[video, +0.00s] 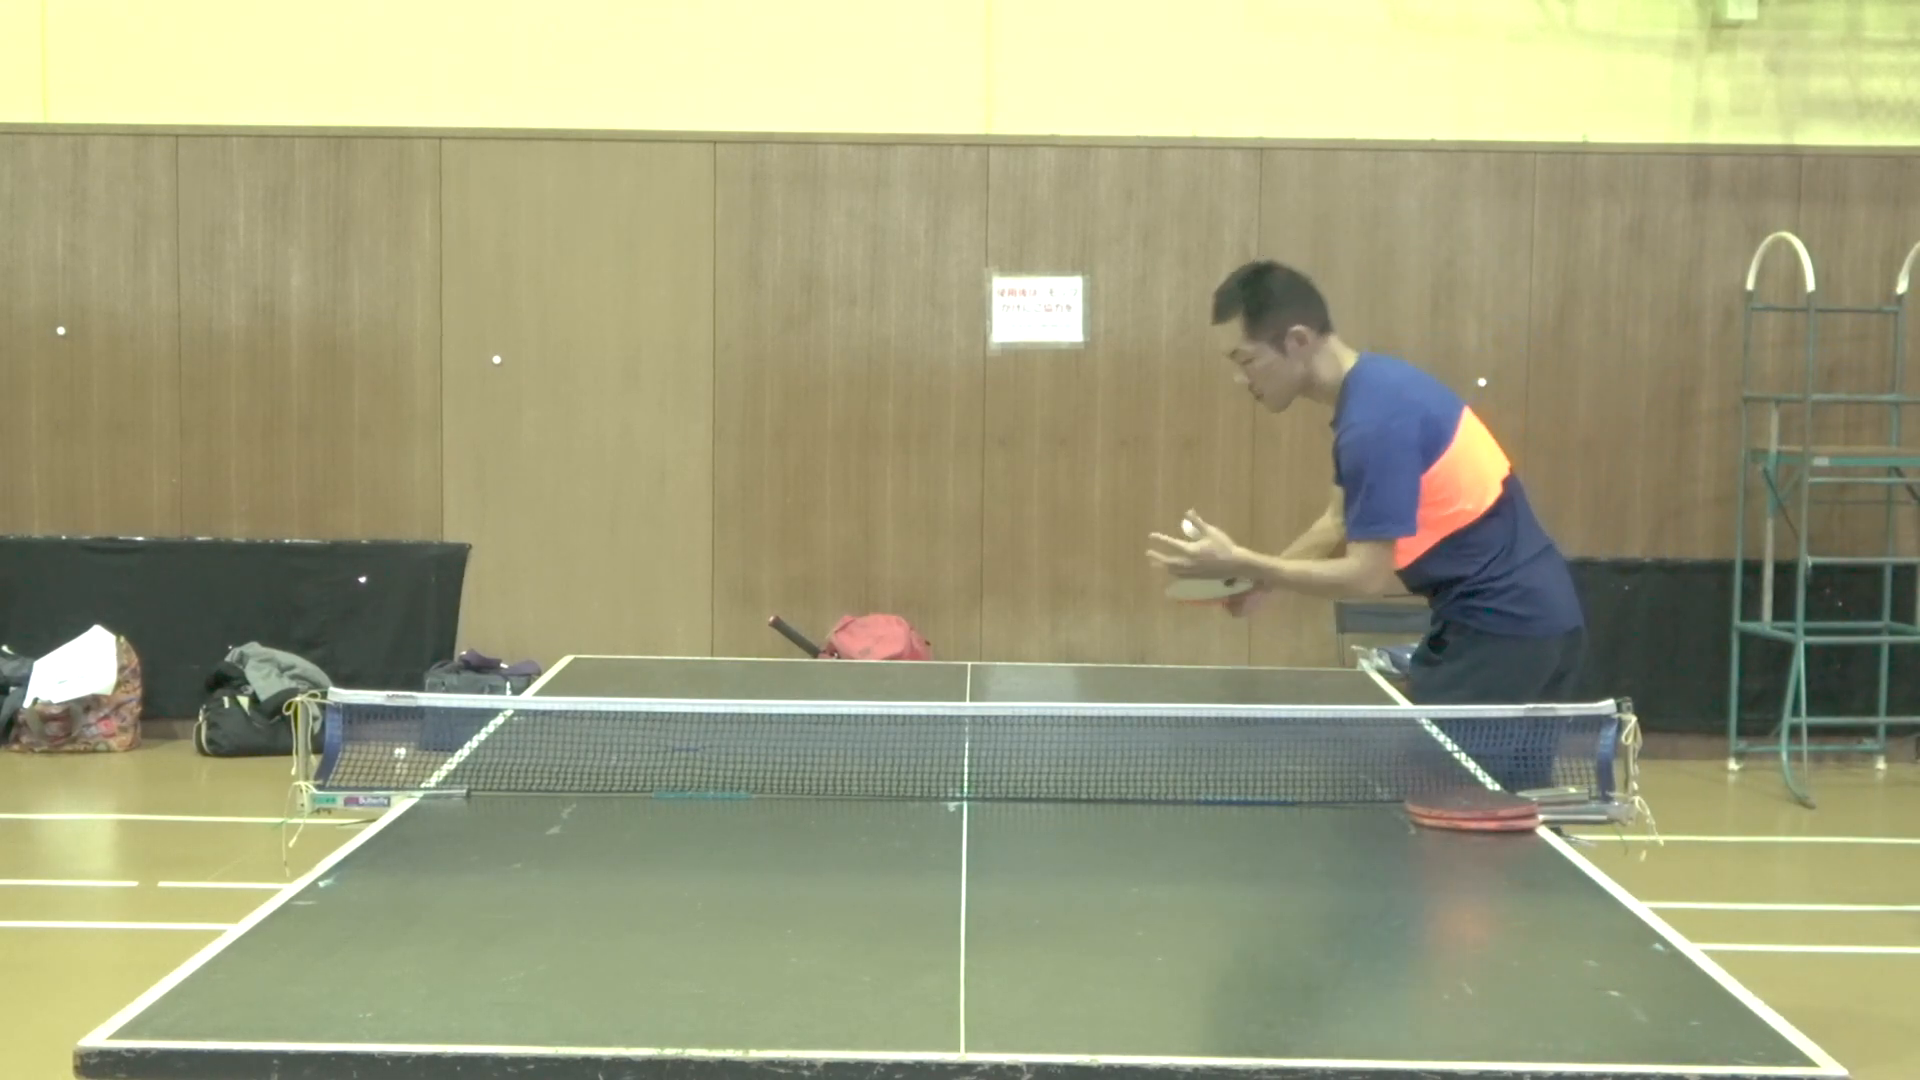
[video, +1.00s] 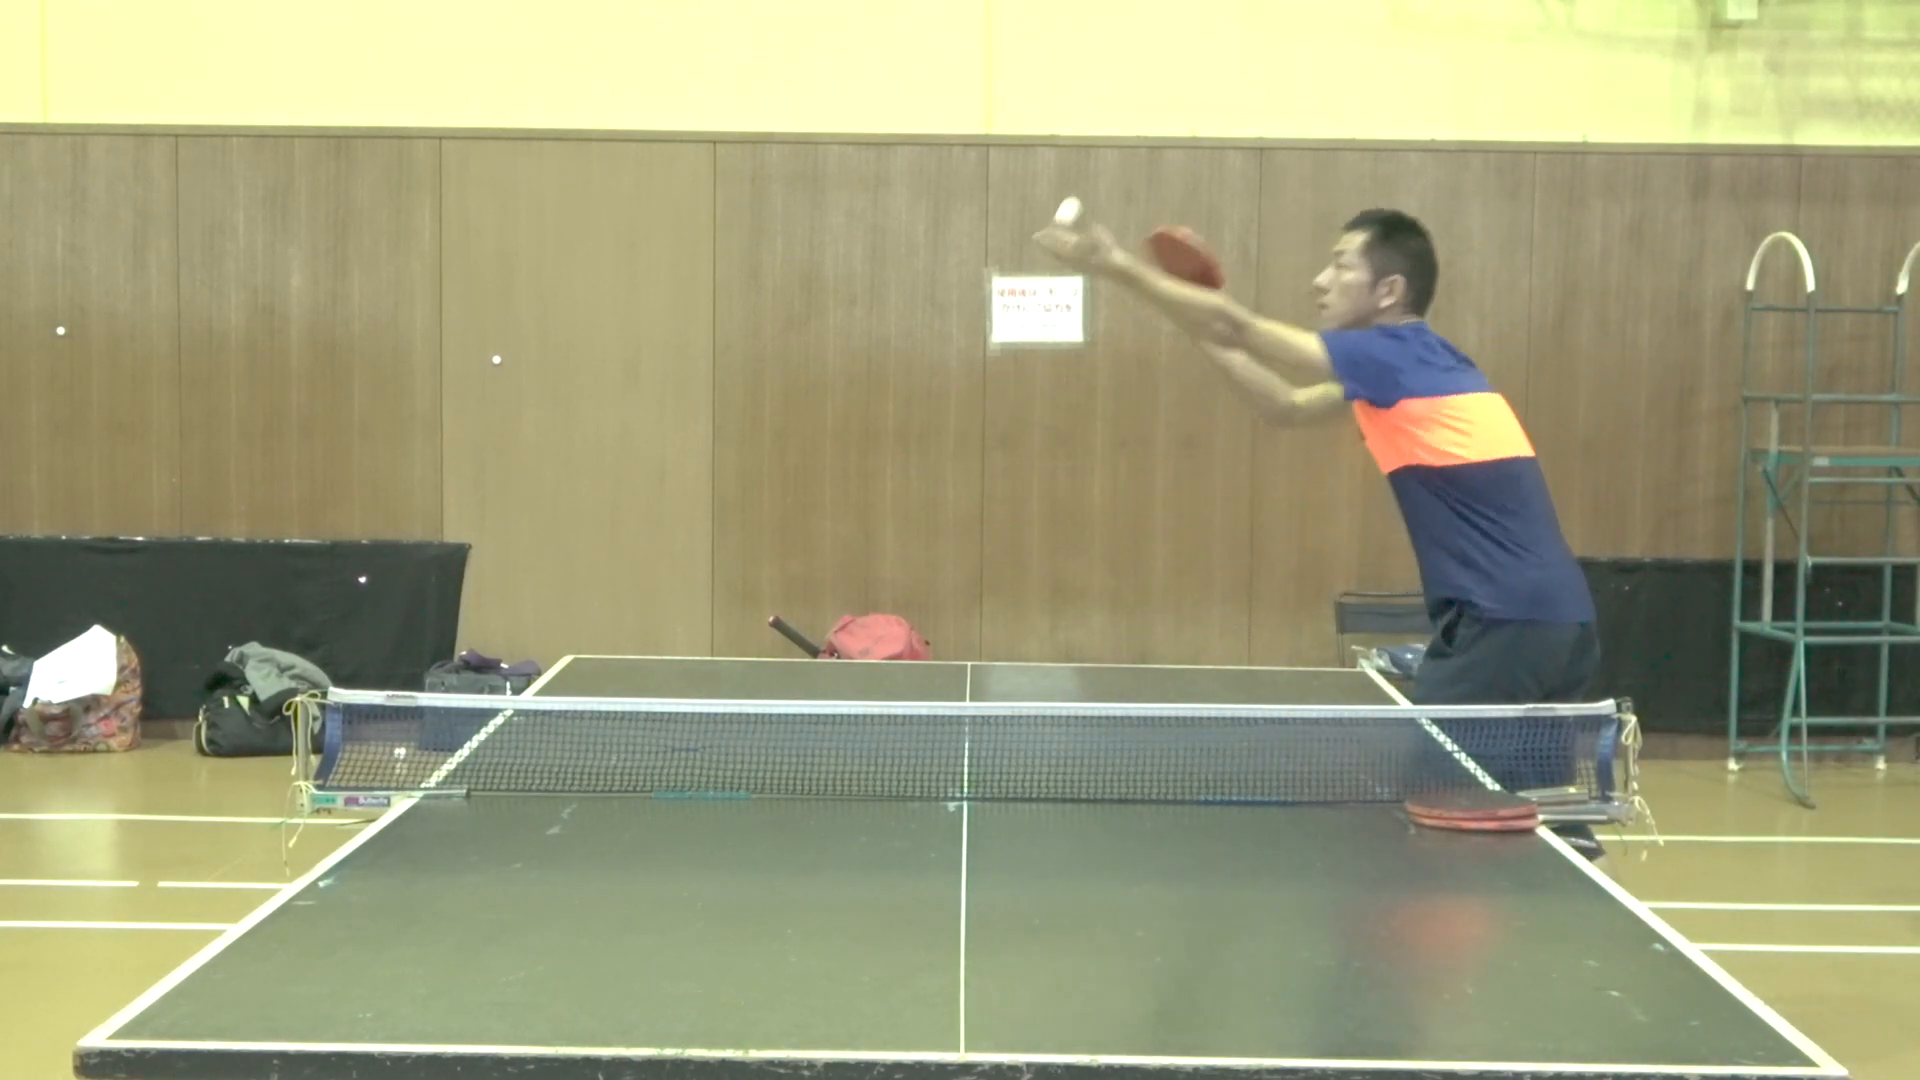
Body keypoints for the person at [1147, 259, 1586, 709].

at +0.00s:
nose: (1243, 379)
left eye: (1247, 360)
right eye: (1237, 364)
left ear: (1299, 342)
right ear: (1301, 343)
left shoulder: (1375, 420)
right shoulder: (1369, 394)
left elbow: (1370, 576)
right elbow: (1339, 524)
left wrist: (1241, 562)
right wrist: (1264, 583)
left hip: (1506, 631)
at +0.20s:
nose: (1192, 408)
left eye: (1199, 388)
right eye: (1188, 390)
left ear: (1254, 376)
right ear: (1258, 375)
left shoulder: (1337, 450)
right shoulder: (1339, 405)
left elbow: (1293, 596)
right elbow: (1333, 552)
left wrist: (1173, 546)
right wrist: (1255, 613)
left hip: (1492, 627)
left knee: (1391, 782)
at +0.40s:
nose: (1175, 423)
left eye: (1185, 403)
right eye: (1172, 405)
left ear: (1240, 394)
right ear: (1248, 392)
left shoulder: (1319, 459)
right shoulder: (1328, 413)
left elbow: (1222, 591)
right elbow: (1281, 567)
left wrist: (1082, 597)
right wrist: (1206, 623)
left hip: (1497, 626)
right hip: (1512, 610)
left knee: (1388, 783)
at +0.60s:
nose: (1182, 393)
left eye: (1196, 374)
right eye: (1183, 374)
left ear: (1250, 380)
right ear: (1256, 379)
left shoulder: (1311, 448)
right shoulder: (1330, 416)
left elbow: (1189, 564)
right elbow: (1257, 557)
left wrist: (1061, 617)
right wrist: (1180, 595)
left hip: (1500, 625)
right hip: (1509, 612)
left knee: (1386, 785)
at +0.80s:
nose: (1237, 326)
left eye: (1255, 310)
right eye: (1243, 309)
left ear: (1309, 328)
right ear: (1313, 329)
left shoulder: (1334, 404)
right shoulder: (1362, 390)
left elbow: (1190, 468)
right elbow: (1247, 486)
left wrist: (1043, 495)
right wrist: (1155, 504)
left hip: (1497, 633)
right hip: (1525, 624)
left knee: (1351, 786)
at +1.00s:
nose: (1319, 280)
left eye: (1341, 266)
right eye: (1328, 264)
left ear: (1390, 289)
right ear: (1392, 293)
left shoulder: (1393, 351)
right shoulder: (1423, 360)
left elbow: (1237, 324)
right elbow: (1288, 403)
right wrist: (1200, 329)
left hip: (1508, 628)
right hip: (1549, 626)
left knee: (1408, 802)